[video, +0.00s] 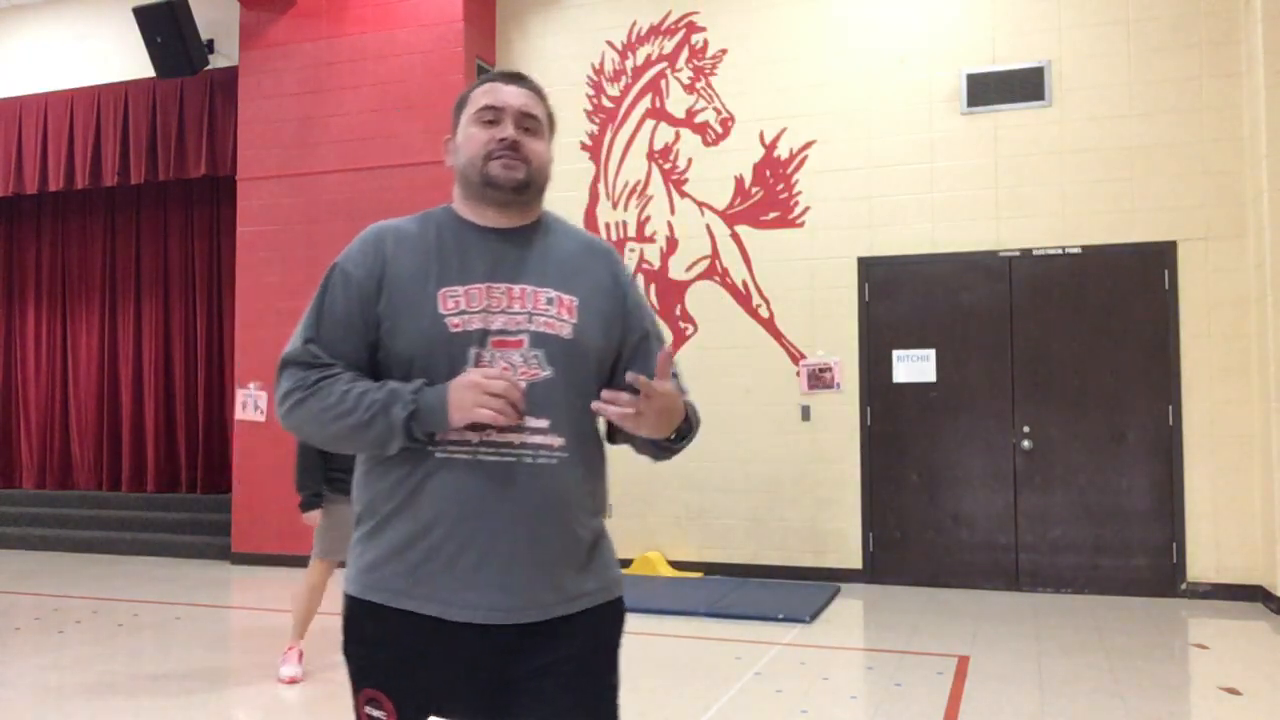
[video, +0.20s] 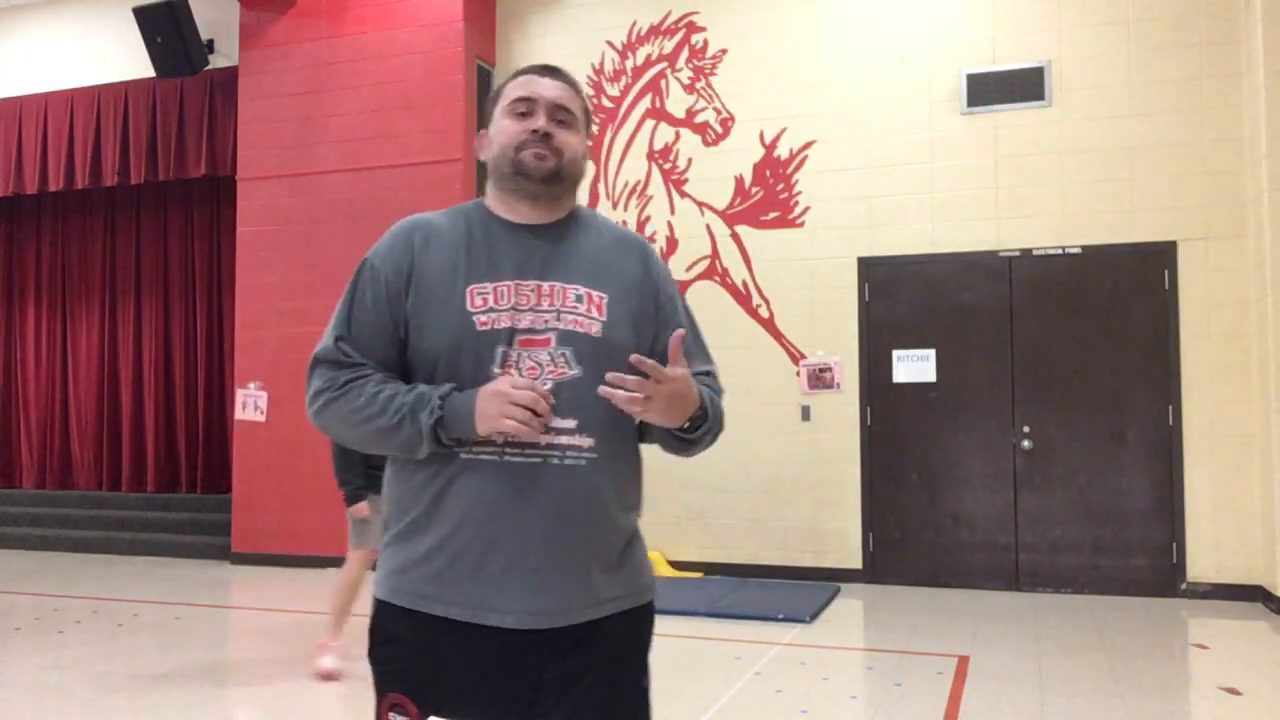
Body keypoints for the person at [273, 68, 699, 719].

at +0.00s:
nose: (509, 132)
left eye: (529, 124)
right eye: (488, 118)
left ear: (552, 154)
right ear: (450, 145)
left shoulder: (597, 266)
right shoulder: (384, 253)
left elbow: (656, 410)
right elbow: (301, 390)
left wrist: (672, 422)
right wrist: (430, 405)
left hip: (565, 608)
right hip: (408, 606)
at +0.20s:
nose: (542, 123)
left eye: (564, 117)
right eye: (521, 110)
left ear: (588, 152)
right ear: (483, 140)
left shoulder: (636, 264)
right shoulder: (414, 247)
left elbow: (701, 418)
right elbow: (333, 388)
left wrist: (690, 412)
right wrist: (458, 411)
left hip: (596, 612)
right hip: (437, 611)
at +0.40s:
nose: (566, 119)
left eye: (590, 115)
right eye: (547, 106)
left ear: (614, 156)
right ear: (510, 137)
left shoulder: (659, 262)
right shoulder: (436, 247)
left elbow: (721, 424)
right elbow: (346, 384)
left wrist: (726, 388)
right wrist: (456, 404)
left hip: (620, 617)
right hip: (459, 615)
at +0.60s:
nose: (579, 123)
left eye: (604, 118)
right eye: (562, 110)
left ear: (631, 158)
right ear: (527, 139)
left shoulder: (676, 265)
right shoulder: (451, 248)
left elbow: (735, 422)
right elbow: (354, 370)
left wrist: (748, 364)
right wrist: (434, 387)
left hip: (632, 618)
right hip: (474, 616)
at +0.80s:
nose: (584, 128)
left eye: (608, 119)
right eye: (567, 114)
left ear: (638, 157)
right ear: (535, 142)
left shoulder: (682, 268)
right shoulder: (460, 247)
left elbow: (742, 425)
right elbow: (359, 370)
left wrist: (728, 356)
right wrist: (436, 358)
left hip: (638, 613)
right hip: (485, 609)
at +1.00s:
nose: (587, 136)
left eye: (609, 125)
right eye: (568, 122)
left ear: (637, 159)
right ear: (535, 149)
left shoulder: (680, 270)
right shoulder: (465, 247)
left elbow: (740, 425)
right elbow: (362, 382)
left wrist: (714, 346)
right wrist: (441, 330)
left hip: (640, 612)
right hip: (488, 609)